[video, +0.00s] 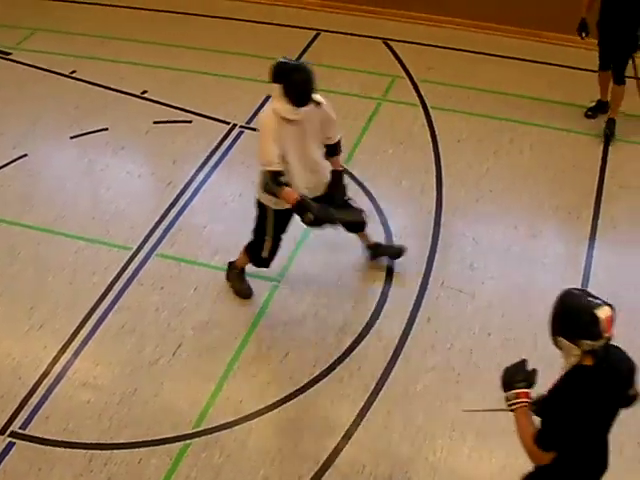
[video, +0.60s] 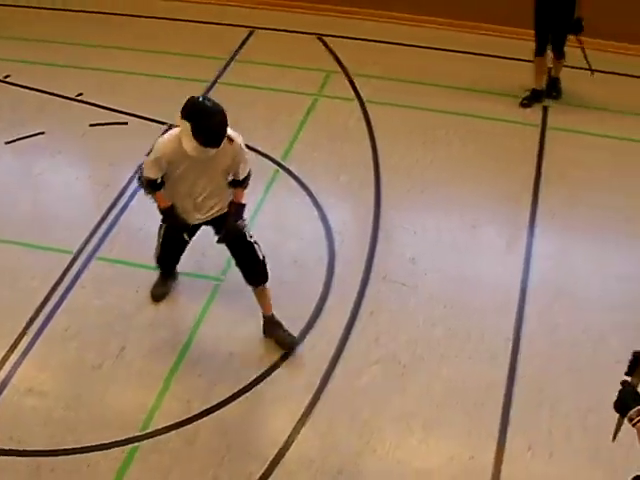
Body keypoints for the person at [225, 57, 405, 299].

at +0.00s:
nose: (304, 102)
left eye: (308, 96)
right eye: (300, 98)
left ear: (310, 90)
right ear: (289, 92)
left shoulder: (320, 107)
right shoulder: (271, 118)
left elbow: (333, 147)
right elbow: (272, 180)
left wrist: (337, 181)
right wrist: (302, 205)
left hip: (317, 184)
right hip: (280, 192)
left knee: (354, 219)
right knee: (263, 248)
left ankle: (371, 247)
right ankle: (236, 268)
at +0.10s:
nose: (276, 105)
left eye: (280, 99)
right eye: (270, 101)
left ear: (283, 90)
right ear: (258, 93)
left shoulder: (295, 104)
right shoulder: (241, 117)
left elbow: (315, 142)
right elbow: (238, 168)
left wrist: (317, 175)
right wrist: (267, 183)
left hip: (290, 177)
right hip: (253, 186)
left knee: (321, 219)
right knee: (244, 240)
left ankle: (317, 255)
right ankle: (226, 268)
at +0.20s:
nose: (258, 110)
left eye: (262, 105)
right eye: (252, 106)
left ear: (268, 95)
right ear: (239, 96)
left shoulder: (284, 106)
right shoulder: (224, 118)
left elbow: (306, 145)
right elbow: (215, 163)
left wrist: (303, 183)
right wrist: (247, 175)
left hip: (278, 183)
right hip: (238, 187)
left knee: (293, 229)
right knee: (227, 233)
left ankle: (280, 253)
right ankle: (220, 265)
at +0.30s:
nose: (243, 118)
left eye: (247, 112)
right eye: (236, 114)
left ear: (252, 102)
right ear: (222, 105)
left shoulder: (270, 117)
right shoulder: (205, 125)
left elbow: (294, 152)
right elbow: (191, 158)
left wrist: (289, 191)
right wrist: (222, 180)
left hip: (262, 191)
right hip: (221, 191)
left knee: (274, 240)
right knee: (208, 238)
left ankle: (267, 256)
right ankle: (209, 268)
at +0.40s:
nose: (223, 123)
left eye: (227, 117)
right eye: (216, 120)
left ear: (231, 106)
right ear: (202, 114)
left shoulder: (250, 124)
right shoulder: (190, 127)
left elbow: (274, 160)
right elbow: (171, 156)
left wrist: (268, 198)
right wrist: (191, 190)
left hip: (245, 193)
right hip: (206, 196)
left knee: (261, 245)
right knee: (192, 242)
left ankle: (254, 264)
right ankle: (196, 268)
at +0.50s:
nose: (217, 131)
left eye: (221, 125)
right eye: (210, 127)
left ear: (225, 115)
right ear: (195, 119)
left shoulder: (241, 132)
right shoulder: (178, 135)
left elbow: (257, 166)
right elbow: (162, 162)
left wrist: (252, 202)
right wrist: (177, 198)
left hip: (233, 198)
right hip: (194, 200)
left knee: (257, 252)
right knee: (181, 245)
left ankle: (256, 288)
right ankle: (183, 271)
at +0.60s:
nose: (215, 147)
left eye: (219, 142)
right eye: (208, 143)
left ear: (223, 131)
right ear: (192, 133)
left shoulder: (233, 145)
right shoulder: (166, 148)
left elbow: (241, 179)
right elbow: (149, 180)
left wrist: (235, 214)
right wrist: (167, 210)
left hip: (220, 210)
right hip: (180, 213)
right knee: (167, 255)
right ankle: (166, 277)